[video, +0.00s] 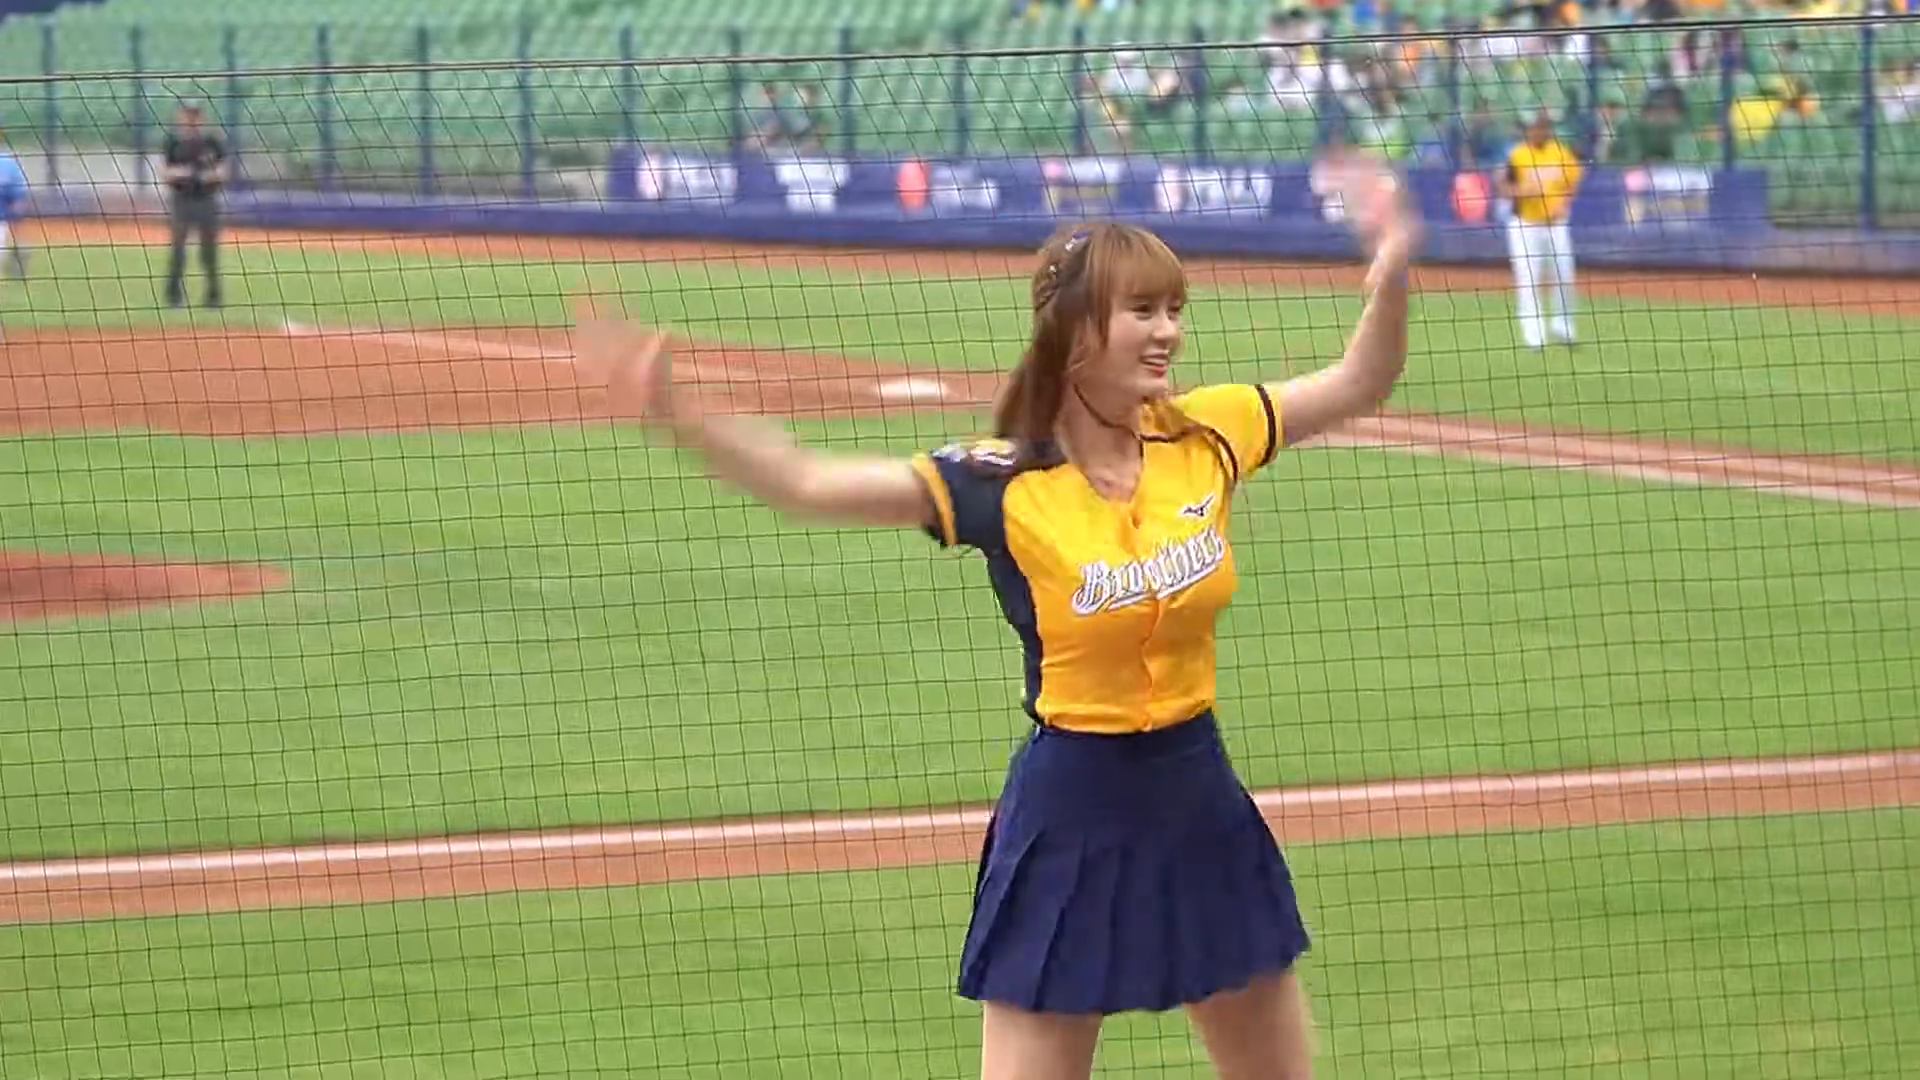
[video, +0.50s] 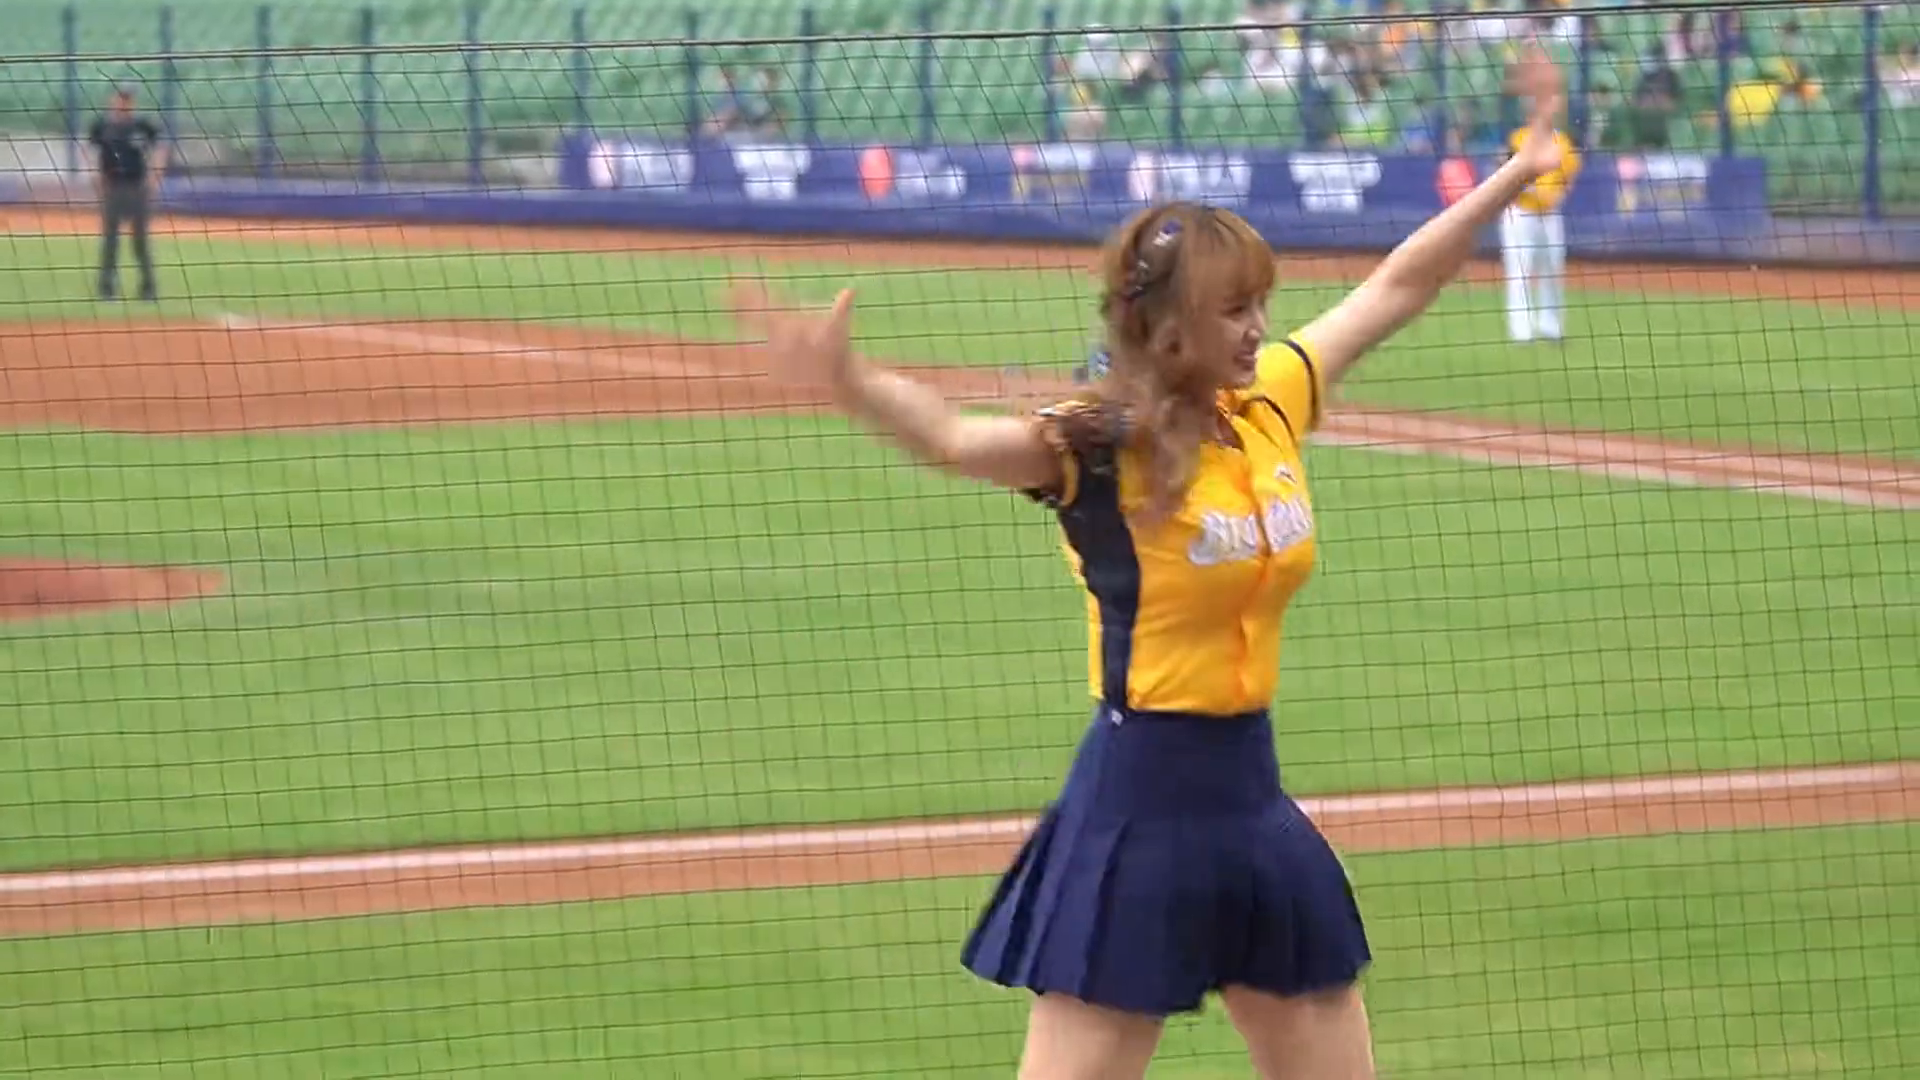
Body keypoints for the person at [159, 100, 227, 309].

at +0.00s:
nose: (191, 127)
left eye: (195, 122)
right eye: (187, 123)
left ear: (201, 122)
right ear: (179, 123)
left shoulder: (211, 144)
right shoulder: (173, 144)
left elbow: (224, 171)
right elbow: (165, 173)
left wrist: (206, 176)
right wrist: (186, 172)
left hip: (207, 202)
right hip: (182, 202)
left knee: (209, 252)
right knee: (177, 250)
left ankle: (213, 293)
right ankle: (174, 293)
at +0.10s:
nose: (182, 123)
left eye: (186, 118)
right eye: (178, 118)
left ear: (192, 118)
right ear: (170, 118)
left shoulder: (202, 140)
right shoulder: (163, 142)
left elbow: (216, 167)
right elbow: (156, 170)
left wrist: (206, 184)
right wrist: (166, 184)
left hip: (198, 196)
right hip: (173, 196)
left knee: (201, 249)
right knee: (169, 246)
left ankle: (204, 291)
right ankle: (165, 290)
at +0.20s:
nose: (172, 121)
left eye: (176, 116)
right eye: (167, 116)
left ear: (182, 117)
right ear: (160, 116)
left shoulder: (191, 136)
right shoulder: (152, 138)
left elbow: (205, 163)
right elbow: (144, 166)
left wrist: (199, 187)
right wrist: (153, 189)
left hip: (188, 194)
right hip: (162, 193)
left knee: (190, 246)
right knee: (157, 244)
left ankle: (194, 287)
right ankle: (153, 287)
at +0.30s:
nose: (154, 111)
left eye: (158, 107)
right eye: (150, 106)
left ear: (163, 108)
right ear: (143, 106)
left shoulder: (173, 131)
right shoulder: (133, 132)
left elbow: (187, 159)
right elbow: (125, 163)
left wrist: (181, 183)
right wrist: (133, 186)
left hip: (169, 190)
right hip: (143, 190)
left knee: (171, 243)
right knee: (139, 242)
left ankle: (176, 285)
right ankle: (135, 285)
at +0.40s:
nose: (137, 112)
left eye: (141, 107)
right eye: (133, 107)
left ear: (146, 108)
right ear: (127, 108)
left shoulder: (156, 131)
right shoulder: (117, 132)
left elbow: (172, 155)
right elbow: (110, 162)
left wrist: (167, 179)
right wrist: (113, 185)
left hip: (152, 189)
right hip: (126, 190)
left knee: (154, 243)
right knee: (123, 242)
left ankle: (161, 286)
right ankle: (118, 286)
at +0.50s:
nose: (123, 113)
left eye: (127, 108)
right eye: (119, 108)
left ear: (133, 108)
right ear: (112, 107)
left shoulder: (142, 127)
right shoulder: (103, 128)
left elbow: (160, 150)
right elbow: (90, 154)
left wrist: (155, 176)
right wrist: (98, 181)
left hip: (138, 188)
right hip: (112, 188)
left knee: (140, 240)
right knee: (110, 240)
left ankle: (148, 284)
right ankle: (106, 285)